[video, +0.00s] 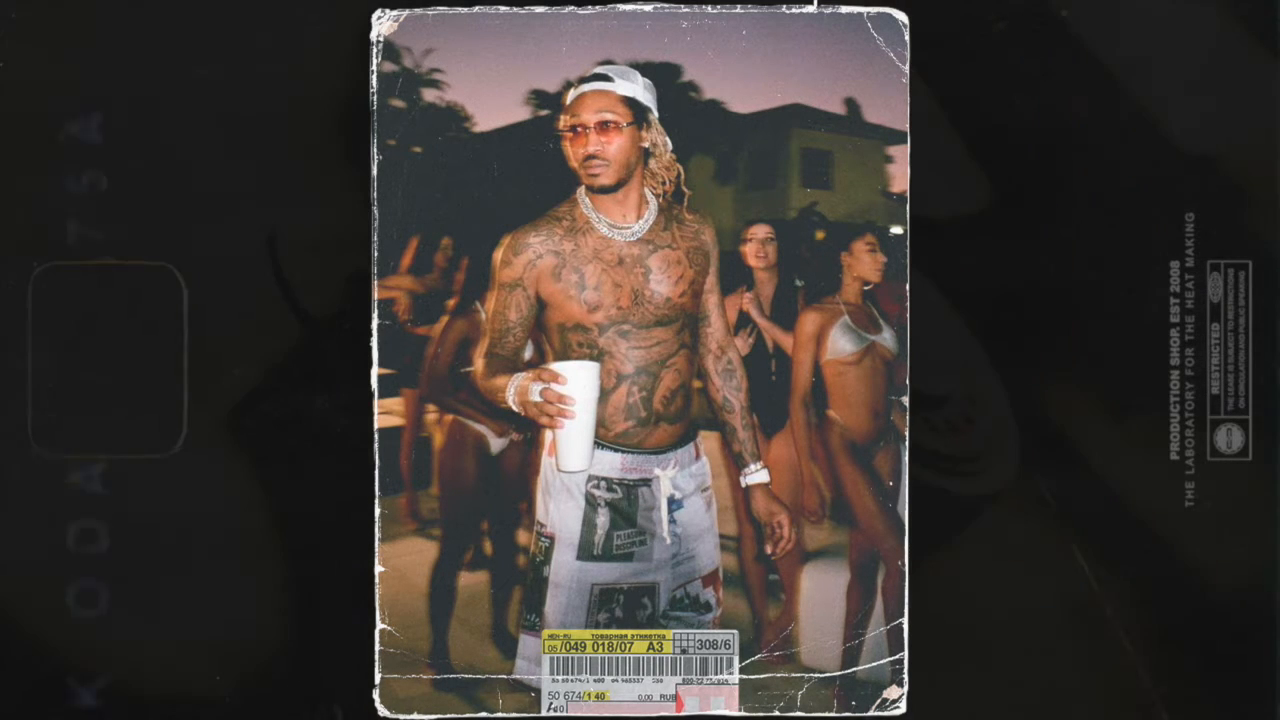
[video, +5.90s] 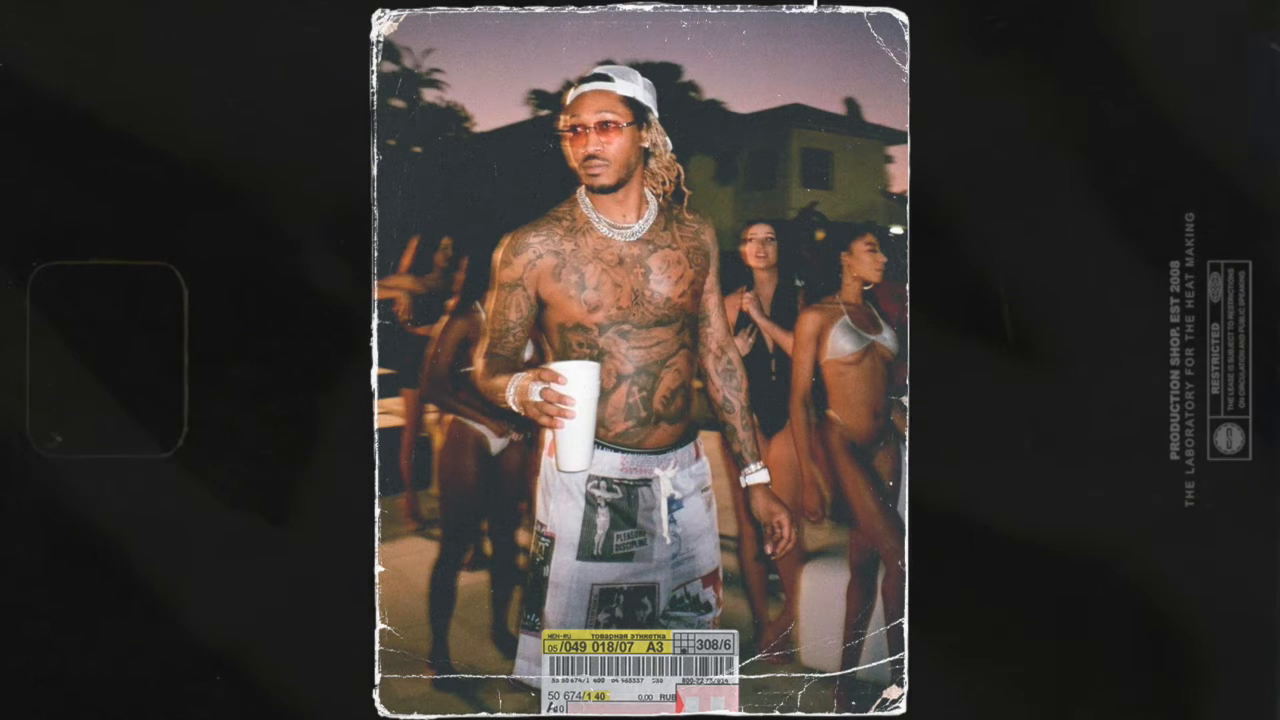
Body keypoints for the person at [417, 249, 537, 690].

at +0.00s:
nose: (513, 293)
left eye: (521, 286)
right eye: (507, 284)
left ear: (530, 293)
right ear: (493, 284)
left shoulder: (531, 333)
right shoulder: (464, 324)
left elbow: (543, 384)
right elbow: (435, 387)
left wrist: (529, 420)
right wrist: (490, 422)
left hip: (514, 444)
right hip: (465, 441)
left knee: (506, 540)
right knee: (456, 544)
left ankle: (501, 627)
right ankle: (439, 650)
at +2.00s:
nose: (514, 289)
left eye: (521, 281)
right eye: (507, 279)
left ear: (531, 289)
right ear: (493, 278)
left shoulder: (531, 333)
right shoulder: (465, 322)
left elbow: (543, 386)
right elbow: (434, 386)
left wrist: (529, 421)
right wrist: (490, 422)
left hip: (515, 443)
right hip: (465, 439)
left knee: (506, 540)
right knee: (456, 544)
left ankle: (501, 627)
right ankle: (439, 650)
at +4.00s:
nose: (515, 286)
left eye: (523, 278)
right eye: (509, 276)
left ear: (532, 287)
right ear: (495, 277)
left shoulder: (531, 331)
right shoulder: (466, 321)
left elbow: (544, 384)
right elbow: (434, 386)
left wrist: (530, 421)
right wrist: (490, 421)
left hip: (515, 443)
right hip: (465, 439)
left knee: (506, 541)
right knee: (455, 545)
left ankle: (501, 627)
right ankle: (439, 652)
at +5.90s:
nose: (517, 287)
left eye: (524, 280)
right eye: (510, 277)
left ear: (533, 289)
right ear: (495, 278)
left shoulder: (532, 332)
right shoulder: (466, 322)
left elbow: (543, 385)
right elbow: (434, 387)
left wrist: (529, 421)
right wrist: (489, 421)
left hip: (514, 446)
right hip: (465, 441)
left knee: (506, 541)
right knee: (456, 544)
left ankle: (501, 627)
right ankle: (439, 648)